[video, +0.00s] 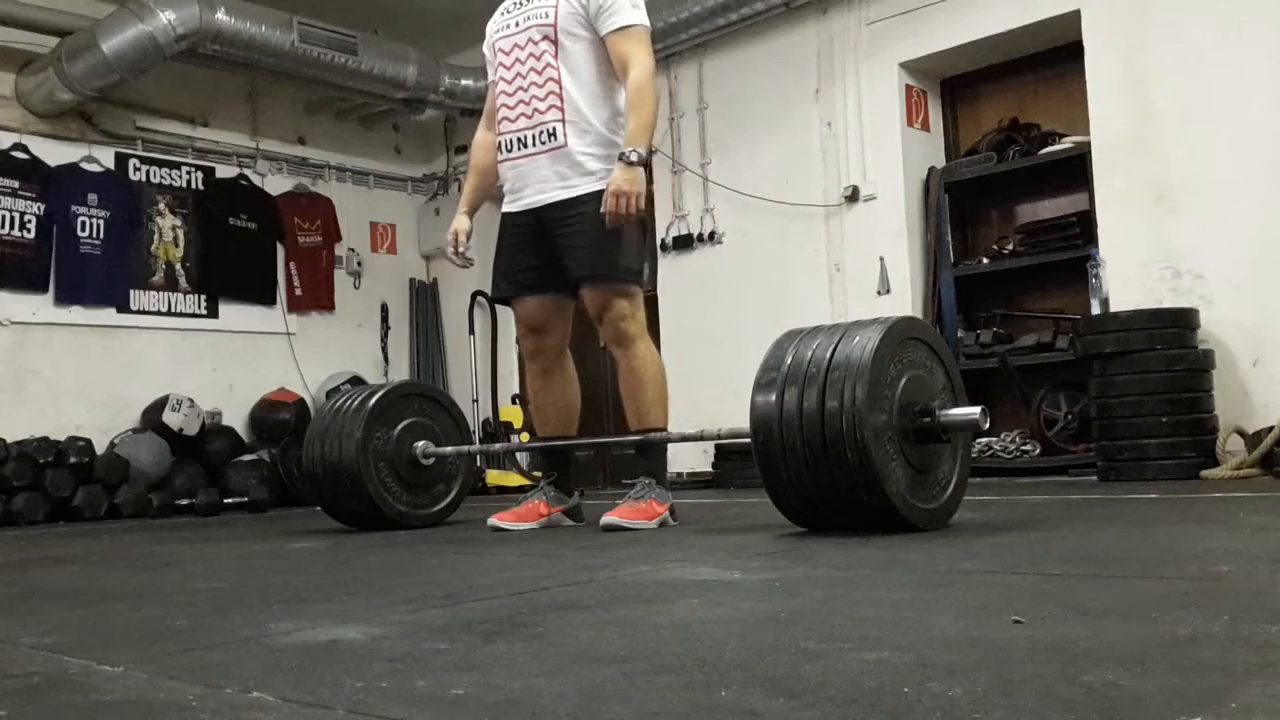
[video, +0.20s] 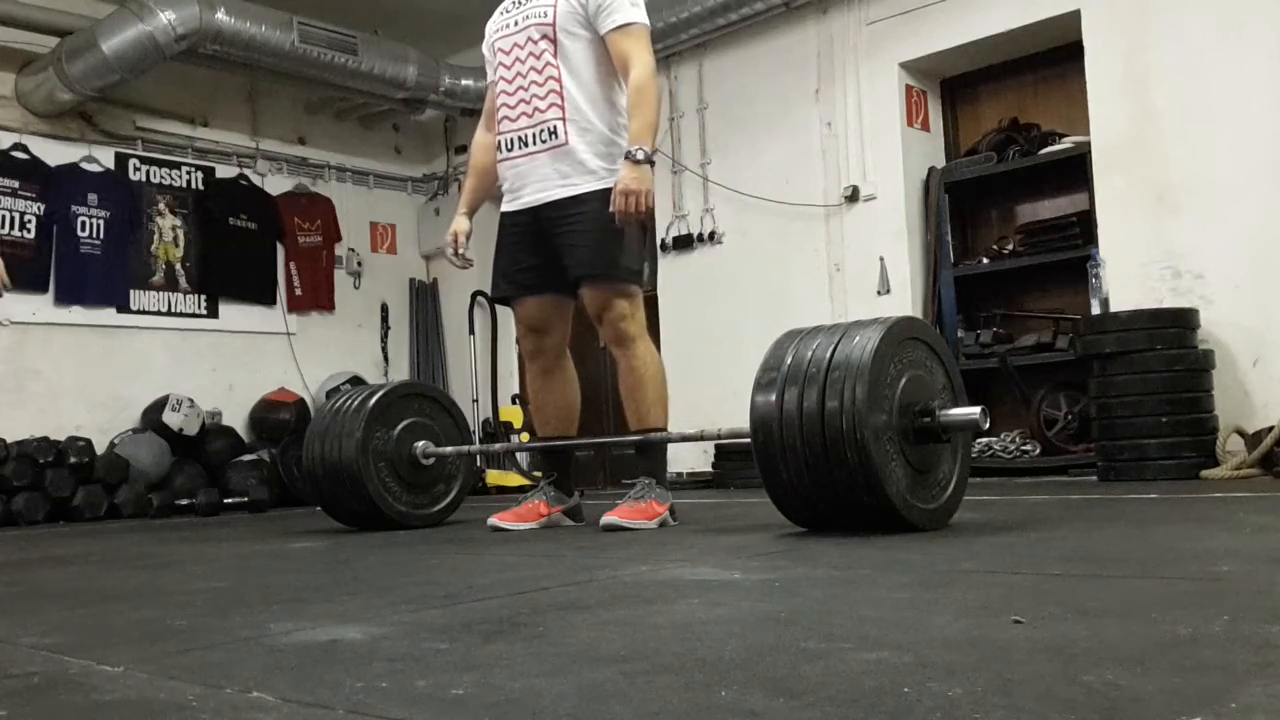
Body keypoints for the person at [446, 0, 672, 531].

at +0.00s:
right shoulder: (498, 22)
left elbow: (639, 66)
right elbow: (491, 124)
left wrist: (632, 159)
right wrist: (466, 207)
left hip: (595, 185)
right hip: (524, 201)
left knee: (621, 325)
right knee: (537, 337)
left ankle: (652, 487)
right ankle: (556, 491)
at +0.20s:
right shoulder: (496, 22)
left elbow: (639, 67)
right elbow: (490, 124)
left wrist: (638, 159)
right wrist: (465, 208)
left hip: (594, 184)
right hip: (523, 200)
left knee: (620, 325)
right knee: (538, 337)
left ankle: (652, 486)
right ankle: (556, 490)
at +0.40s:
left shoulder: (595, 0)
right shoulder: (495, 24)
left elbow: (642, 66)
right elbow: (488, 125)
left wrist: (642, 158)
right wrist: (460, 207)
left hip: (597, 183)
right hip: (524, 198)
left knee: (620, 322)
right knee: (537, 336)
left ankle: (652, 485)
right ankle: (557, 490)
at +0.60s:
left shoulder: (602, 4)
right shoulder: (489, 24)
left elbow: (647, 89)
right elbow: (485, 128)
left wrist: (652, 190)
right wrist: (460, 214)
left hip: (609, 190)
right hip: (538, 203)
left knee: (623, 323)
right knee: (537, 334)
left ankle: (652, 485)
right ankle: (557, 490)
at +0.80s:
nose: (518, 57)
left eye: (526, 41)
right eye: (503, 45)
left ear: (552, 11)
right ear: (486, 31)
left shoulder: (607, 72)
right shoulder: (488, 72)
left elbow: (657, 187)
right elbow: (488, 167)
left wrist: (665, 303)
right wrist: (470, 256)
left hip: (629, 207)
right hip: (559, 216)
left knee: (630, 318)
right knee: (532, 332)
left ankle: (653, 488)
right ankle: (556, 491)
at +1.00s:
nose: (537, 161)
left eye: (544, 144)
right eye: (521, 153)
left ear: (557, 109)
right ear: (497, 140)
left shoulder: (606, 137)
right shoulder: (488, 145)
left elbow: (662, 263)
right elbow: (498, 210)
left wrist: (672, 381)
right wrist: (493, 296)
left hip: (649, 216)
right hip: (578, 234)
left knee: (632, 315)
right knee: (534, 333)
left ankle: (654, 486)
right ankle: (558, 491)